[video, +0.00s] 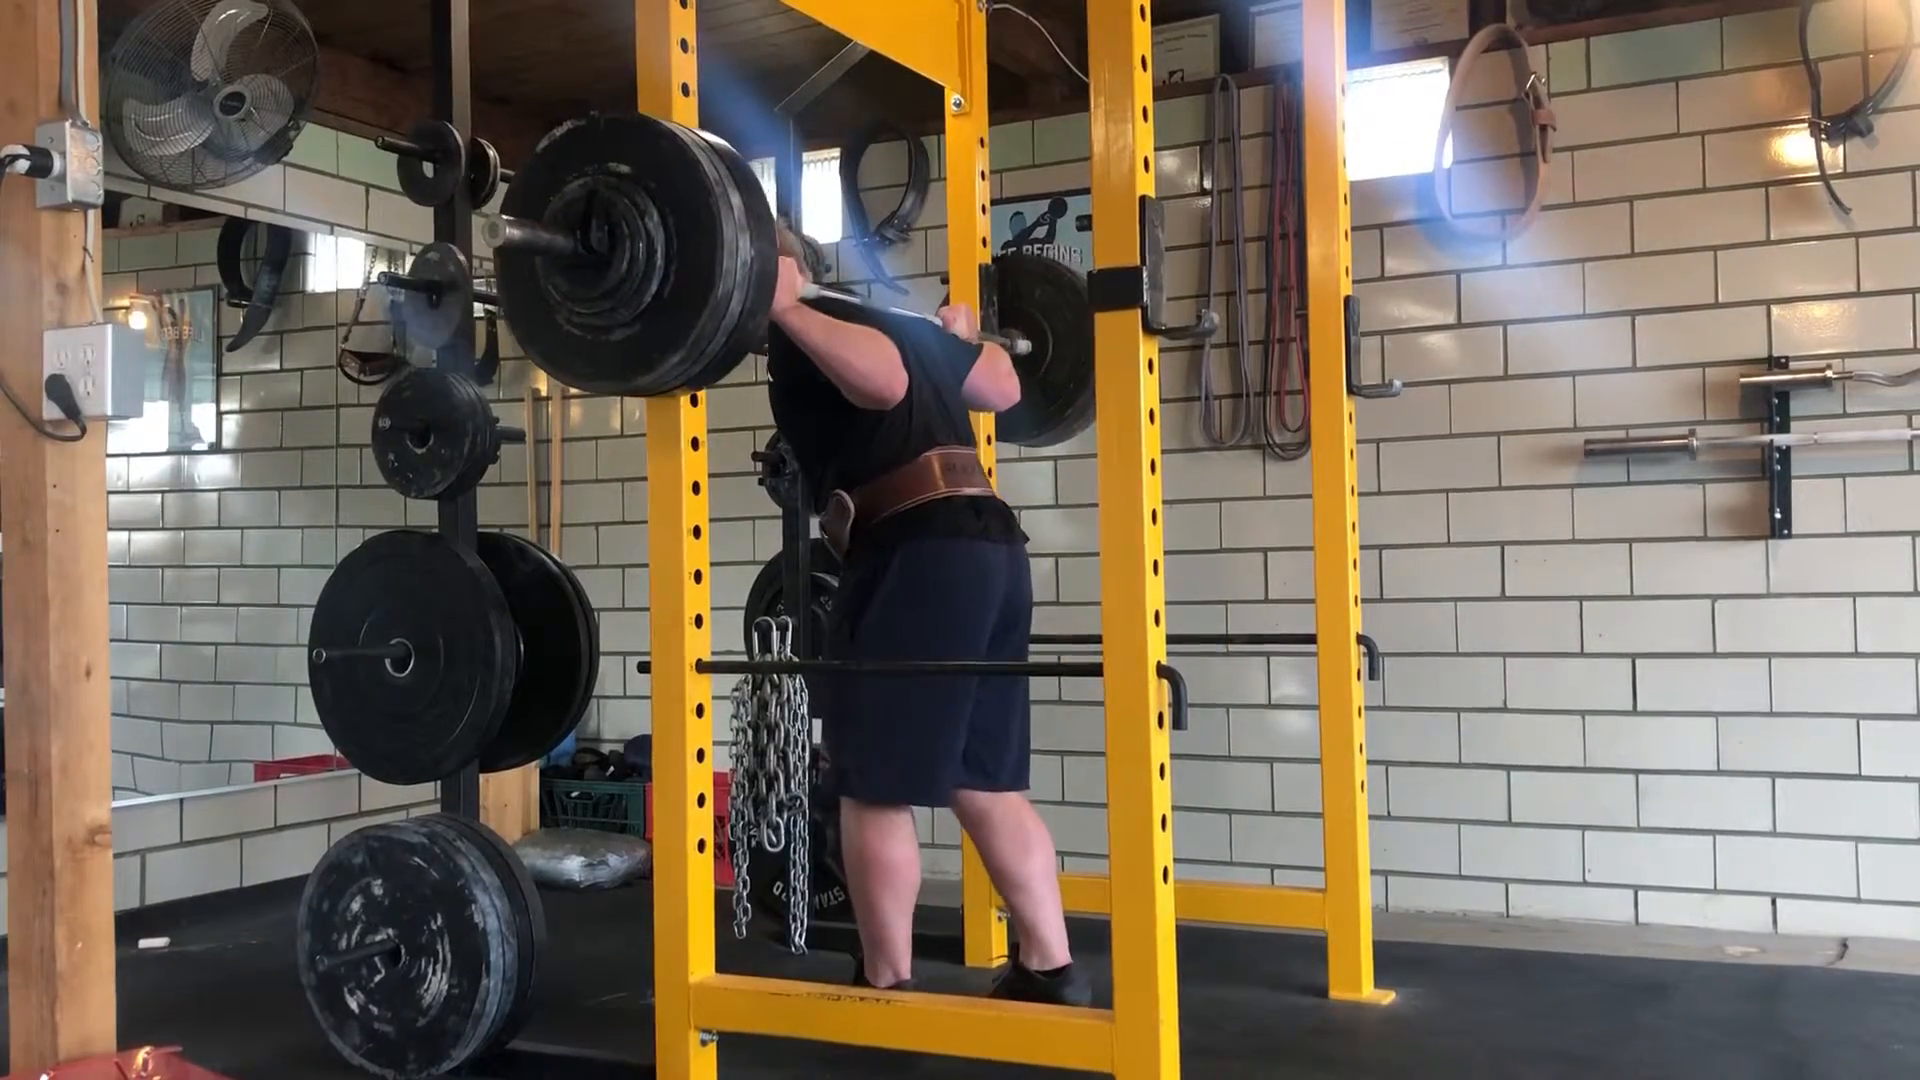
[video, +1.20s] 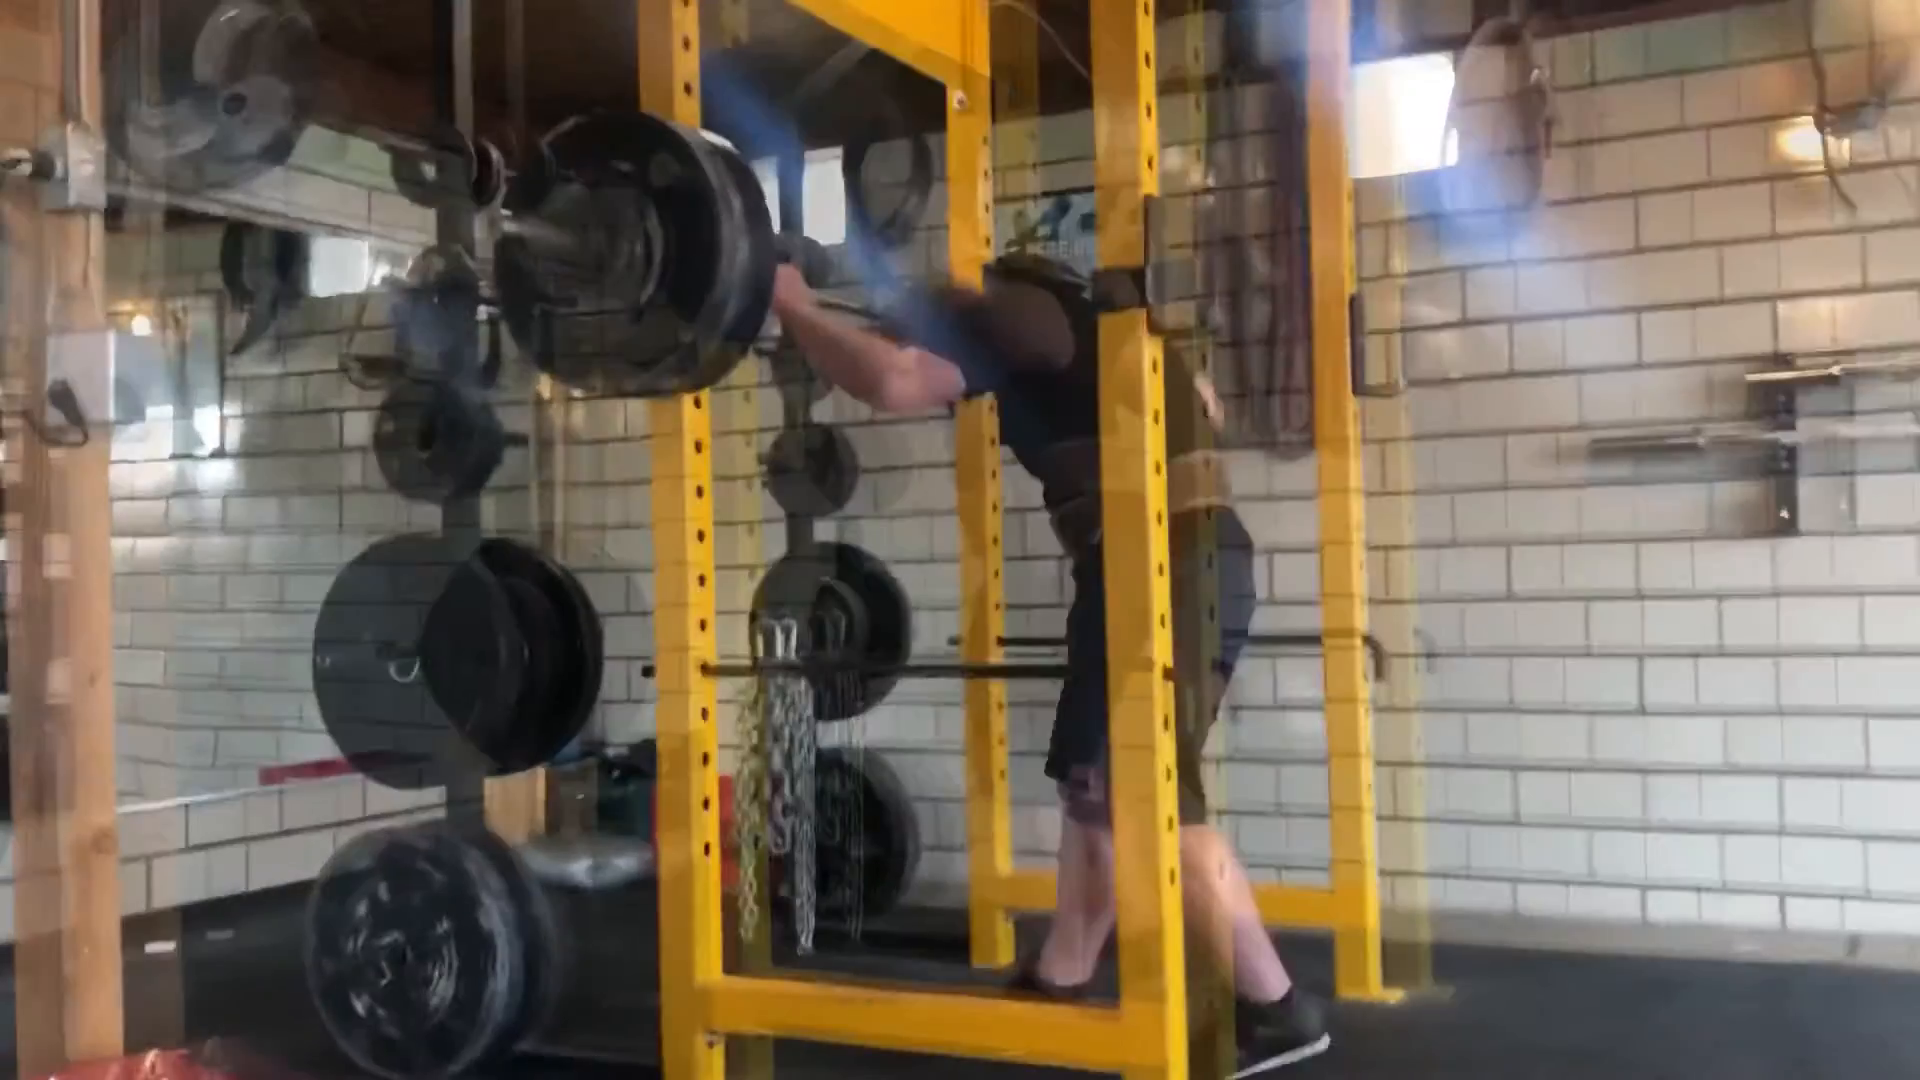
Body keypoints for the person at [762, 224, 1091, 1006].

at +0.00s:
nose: (750, 281)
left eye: (754, 262)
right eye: (750, 265)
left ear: (784, 260)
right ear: (803, 257)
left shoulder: (808, 326)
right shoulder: (888, 319)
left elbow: (886, 381)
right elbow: (1002, 385)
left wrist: (784, 306)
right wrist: (969, 339)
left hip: (924, 552)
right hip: (997, 550)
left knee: (876, 780)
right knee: (985, 777)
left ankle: (886, 985)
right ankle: (1049, 968)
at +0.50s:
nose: (746, 378)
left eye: (742, 364)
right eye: (740, 364)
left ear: (759, 336)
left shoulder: (815, 340)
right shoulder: (920, 332)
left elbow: (898, 363)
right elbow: (1024, 360)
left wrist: (790, 312)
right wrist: (965, 326)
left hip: (969, 551)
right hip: (1039, 545)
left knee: (909, 776)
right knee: (1008, 775)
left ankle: (885, 981)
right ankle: (1048, 973)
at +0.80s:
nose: (840, 459)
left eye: (824, 452)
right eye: (826, 457)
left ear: (817, 406)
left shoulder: (864, 367)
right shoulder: (969, 338)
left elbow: (907, 350)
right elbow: (1072, 348)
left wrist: (786, 309)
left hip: (1041, 544)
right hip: (1101, 534)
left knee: (968, 760)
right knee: (1042, 769)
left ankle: (992, 988)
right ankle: (1055, 978)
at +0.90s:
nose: (868, 462)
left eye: (849, 454)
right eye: (853, 460)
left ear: (837, 403)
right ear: (846, 389)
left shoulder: (900, 351)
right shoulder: (991, 336)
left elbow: (903, 345)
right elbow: (1089, 359)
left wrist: (787, 308)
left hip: (1067, 541)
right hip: (1109, 529)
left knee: (995, 752)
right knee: (1046, 757)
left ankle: (1077, 967)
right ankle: (1064, 953)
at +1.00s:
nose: (879, 451)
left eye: (864, 441)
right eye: (863, 446)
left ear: (859, 396)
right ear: (863, 399)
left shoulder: (936, 331)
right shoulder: (951, 371)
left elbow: (901, 364)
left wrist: (792, 306)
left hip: (1101, 539)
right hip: (1080, 543)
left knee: (1055, 763)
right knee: (1050, 762)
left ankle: (1179, 968)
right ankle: (1054, 973)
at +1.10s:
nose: (870, 422)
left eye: (862, 406)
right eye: (862, 413)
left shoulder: (976, 312)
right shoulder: (1034, 319)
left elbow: (894, 375)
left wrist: (795, 305)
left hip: (1125, 547)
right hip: (1132, 545)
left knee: (1107, 780)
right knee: (1079, 782)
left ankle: (1249, 979)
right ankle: (1053, 989)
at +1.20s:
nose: (911, 319)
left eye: (918, 305)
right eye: (905, 313)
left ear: (953, 282)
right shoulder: (1082, 299)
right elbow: (1198, 402)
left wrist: (794, 310)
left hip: (1154, 564)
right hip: (1182, 555)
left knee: (1145, 786)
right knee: (1093, 779)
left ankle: (1277, 1004)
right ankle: (1060, 978)